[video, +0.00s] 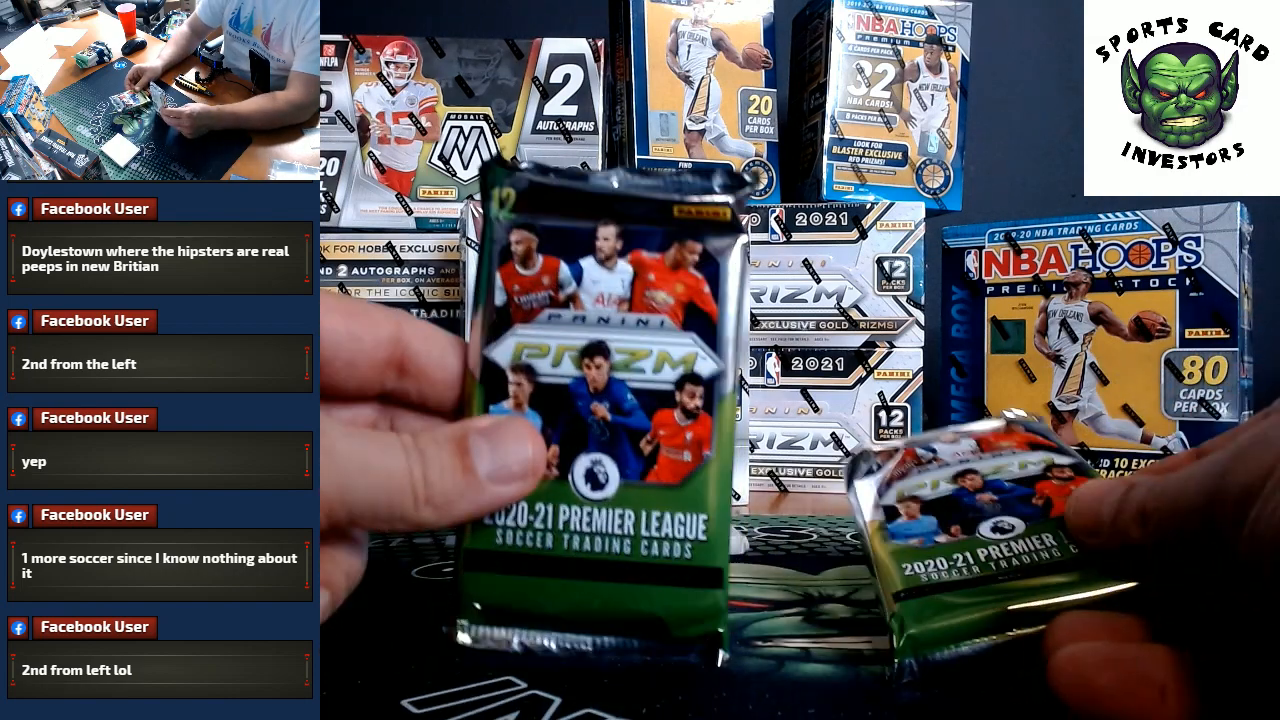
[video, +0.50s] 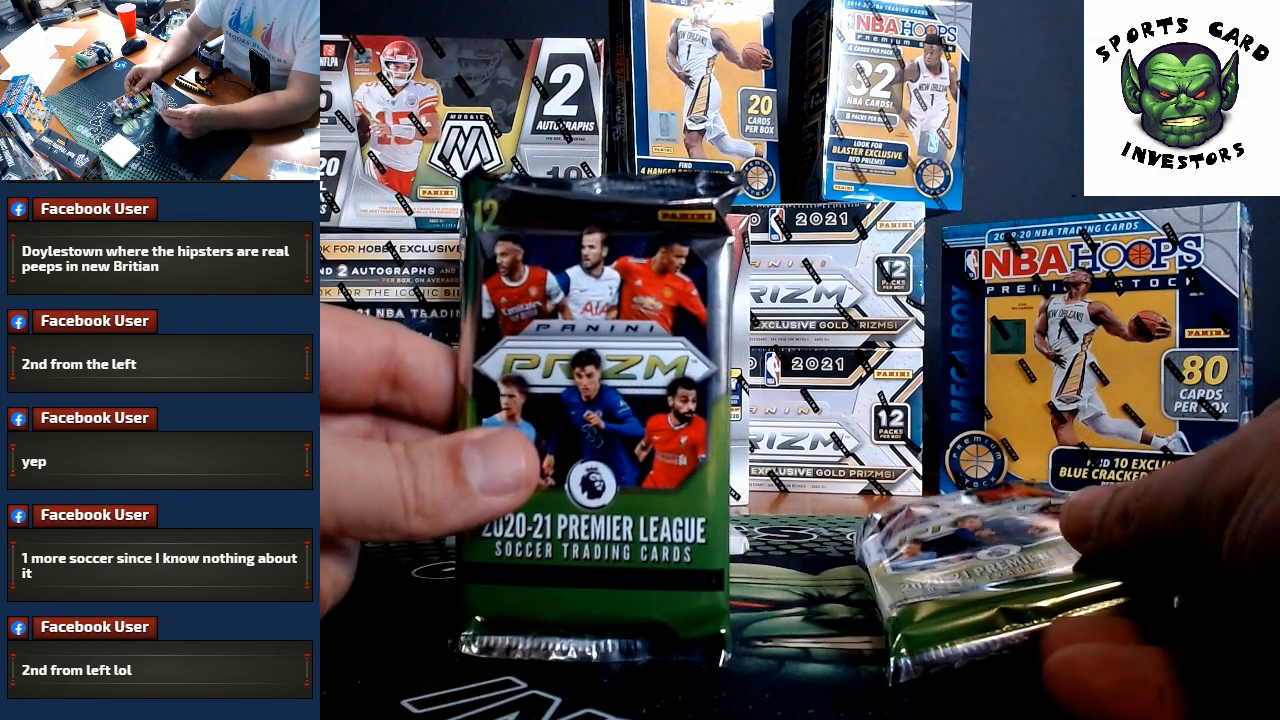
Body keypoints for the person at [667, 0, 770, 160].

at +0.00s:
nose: (697, 9)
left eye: (702, 6)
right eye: (695, 6)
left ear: (711, 11)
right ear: (692, 8)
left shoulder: (715, 34)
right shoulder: (678, 25)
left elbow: (739, 59)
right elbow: (670, 54)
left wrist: (764, 63)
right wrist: (678, 72)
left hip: (705, 87)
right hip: (692, 88)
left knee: (692, 141)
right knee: (725, 145)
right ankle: (762, 156)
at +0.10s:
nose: (697, 9)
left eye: (703, 6)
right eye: (695, 6)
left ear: (711, 11)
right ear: (692, 8)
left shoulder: (715, 34)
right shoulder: (678, 25)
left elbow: (739, 59)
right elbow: (670, 54)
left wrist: (764, 63)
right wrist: (678, 72)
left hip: (705, 87)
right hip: (692, 88)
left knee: (692, 141)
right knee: (725, 145)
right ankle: (764, 157)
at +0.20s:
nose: (697, 9)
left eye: (702, 6)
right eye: (695, 5)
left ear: (711, 11)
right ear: (691, 7)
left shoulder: (715, 34)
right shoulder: (678, 24)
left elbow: (739, 59)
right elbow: (670, 54)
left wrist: (764, 63)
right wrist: (678, 72)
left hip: (705, 87)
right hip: (692, 88)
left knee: (692, 141)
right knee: (725, 145)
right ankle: (764, 157)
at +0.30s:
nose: (697, 9)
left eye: (702, 6)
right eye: (695, 5)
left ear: (711, 11)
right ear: (691, 7)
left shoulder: (715, 34)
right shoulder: (678, 24)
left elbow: (739, 59)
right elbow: (670, 54)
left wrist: (764, 63)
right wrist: (678, 72)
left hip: (705, 87)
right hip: (692, 88)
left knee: (692, 141)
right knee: (725, 145)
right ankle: (763, 156)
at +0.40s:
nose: (697, 9)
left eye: (702, 6)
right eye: (695, 5)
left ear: (711, 11)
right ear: (691, 8)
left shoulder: (715, 34)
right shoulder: (678, 24)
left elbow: (739, 59)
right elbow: (670, 54)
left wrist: (764, 62)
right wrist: (678, 72)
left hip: (705, 87)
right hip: (692, 88)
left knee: (692, 141)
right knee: (725, 145)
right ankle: (764, 157)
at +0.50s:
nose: (697, 9)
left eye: (702, 6)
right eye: (695, 6)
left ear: (711, 11)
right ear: (691, 8)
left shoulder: (715, 34)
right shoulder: (678, 24)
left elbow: (739, 59)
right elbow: (670, 54)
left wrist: (764, 62)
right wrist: (678, 72)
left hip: (705, 87)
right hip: (692, 88)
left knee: (692, 141)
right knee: (725, 145)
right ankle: (764, 157)